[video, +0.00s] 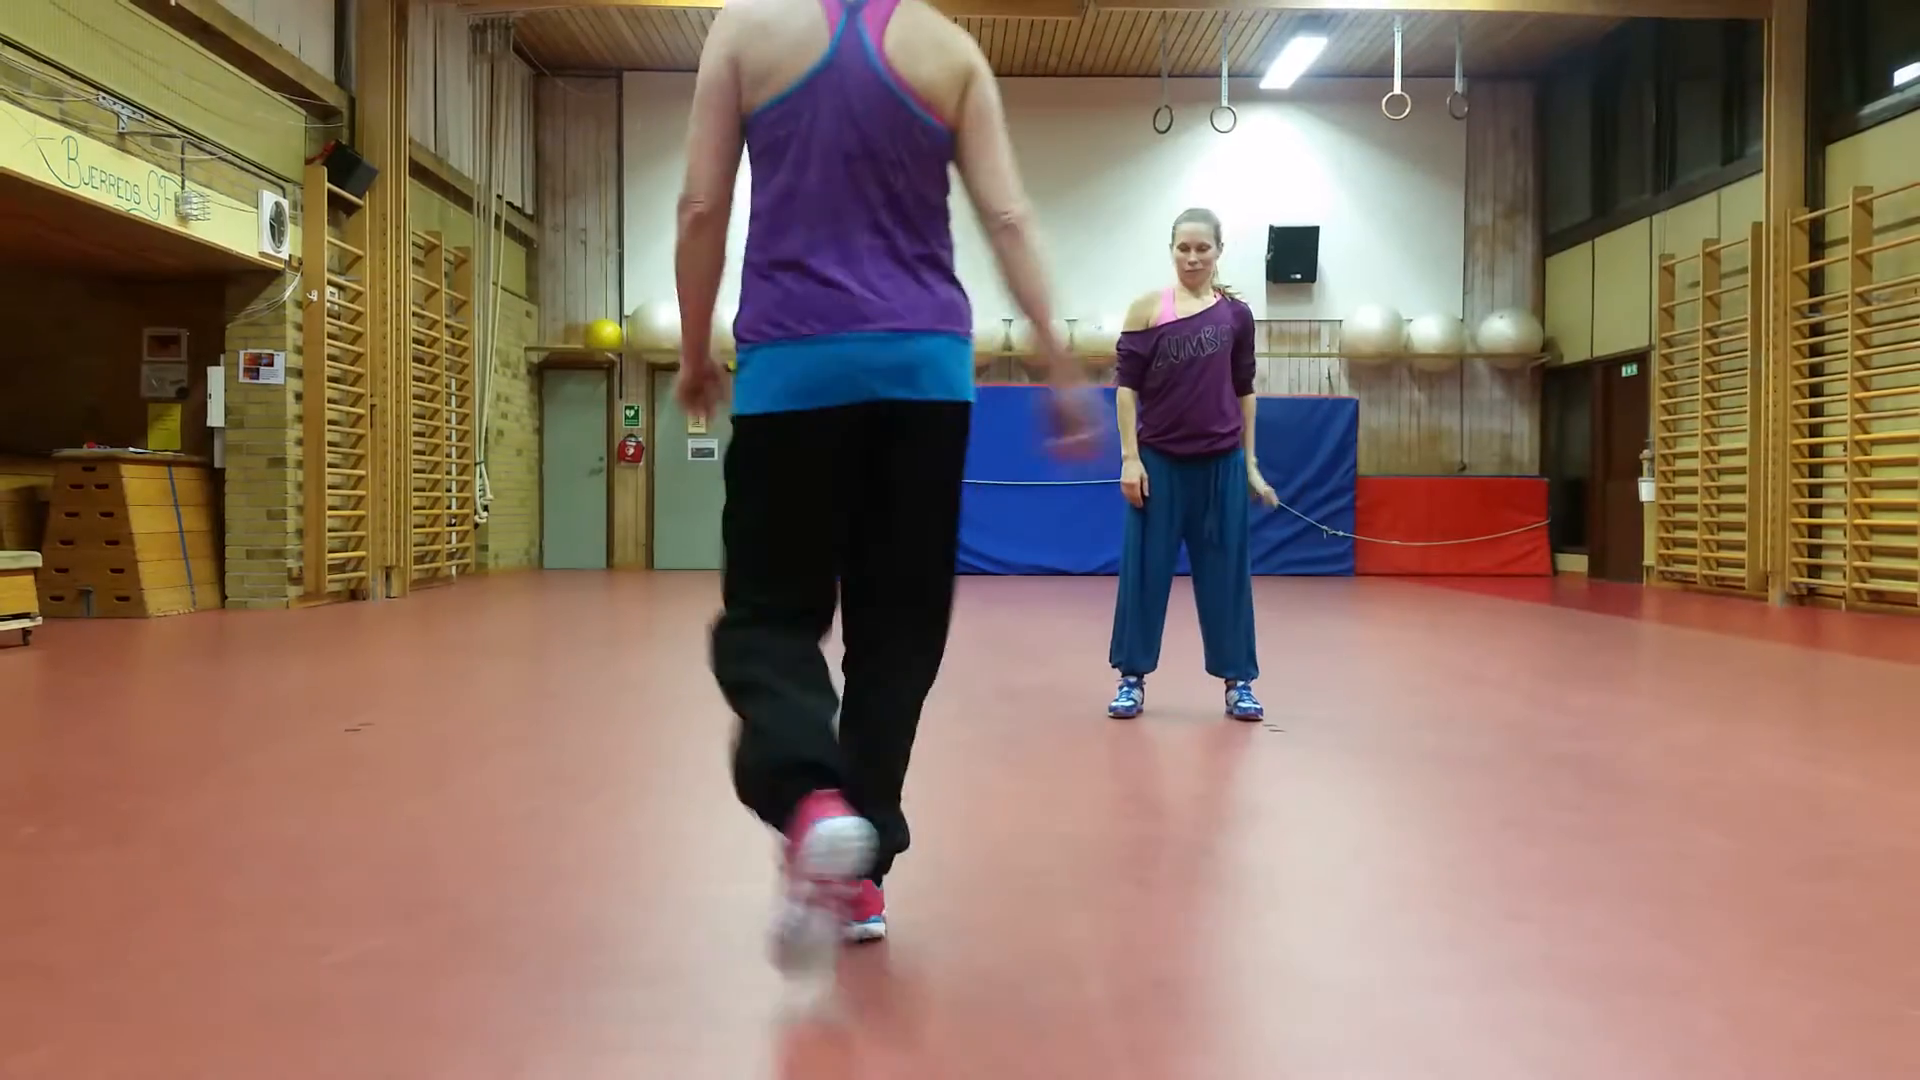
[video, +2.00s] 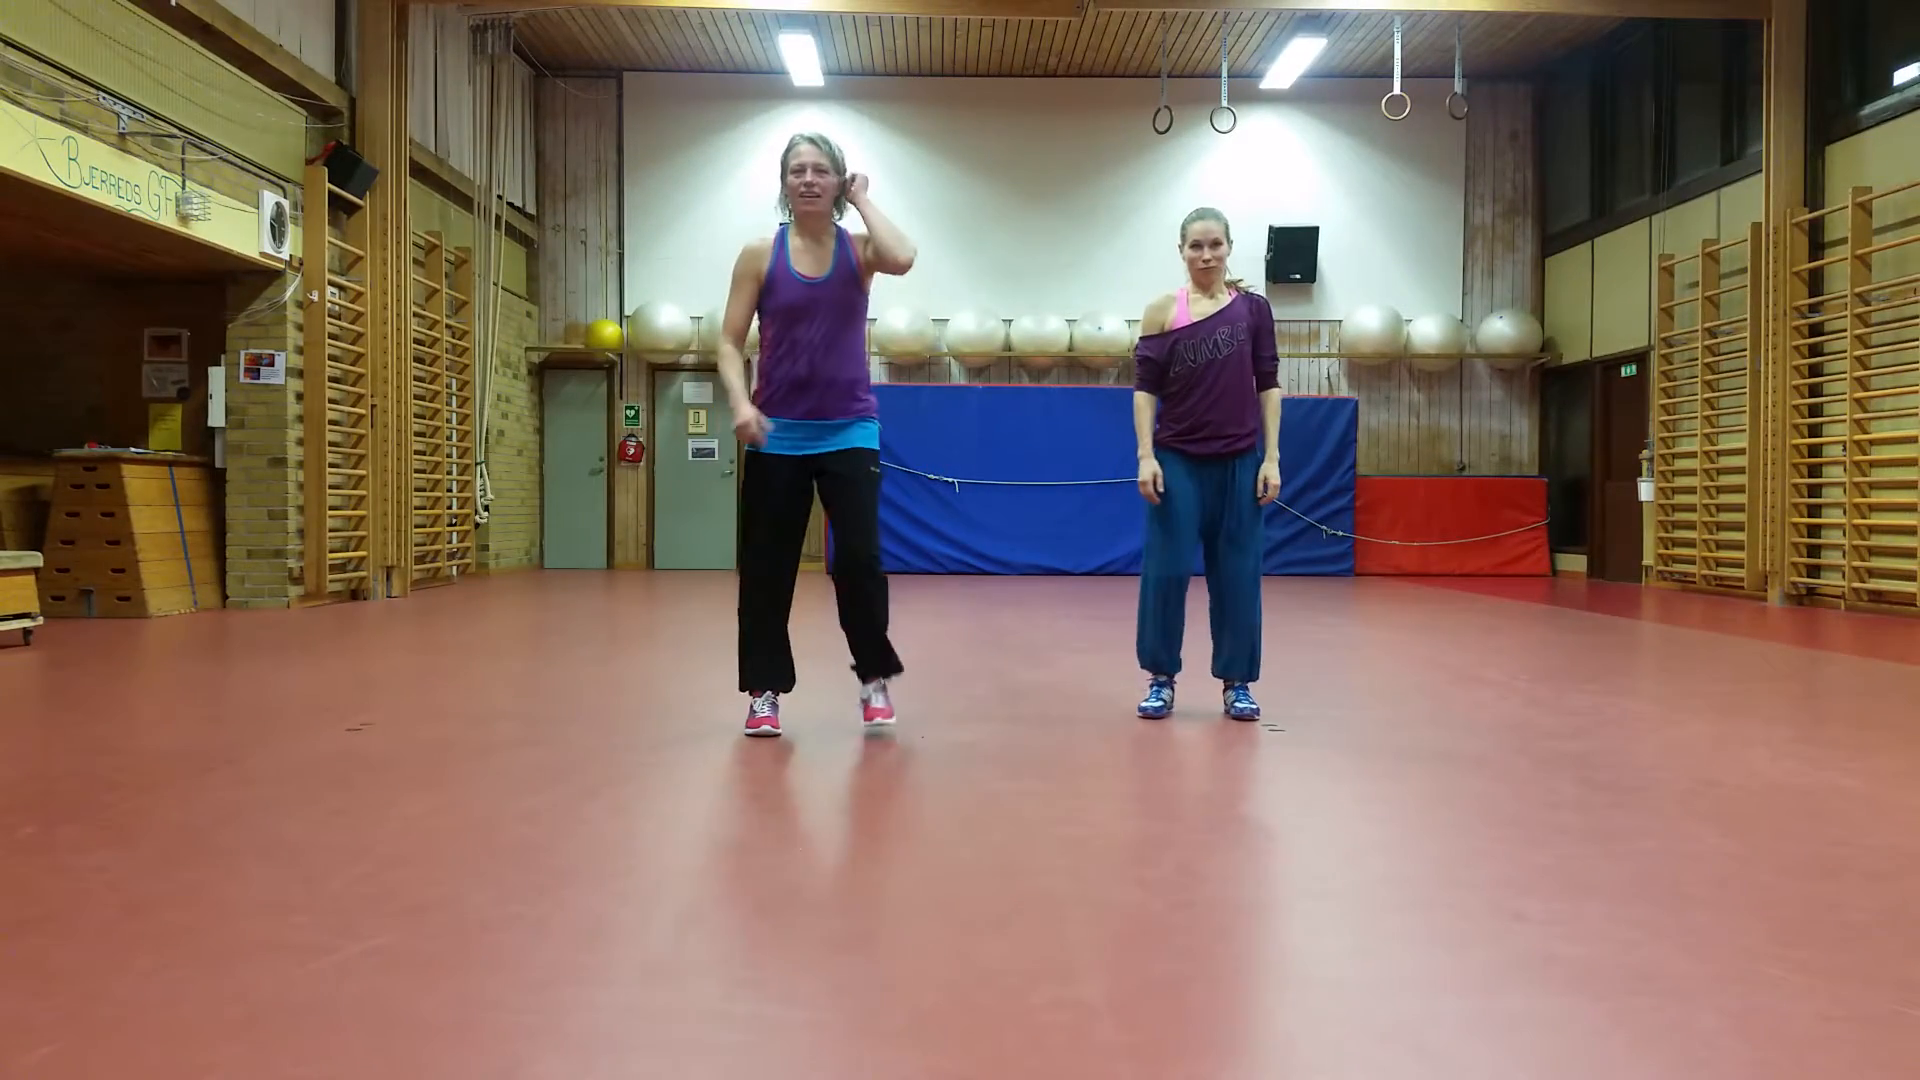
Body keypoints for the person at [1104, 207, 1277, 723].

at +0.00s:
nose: (1192, 257)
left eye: (1202, 248)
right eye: (1184, 248)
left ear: (1218, 252)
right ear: (1172, 251)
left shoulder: (1236, 313)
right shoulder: (1147, 309)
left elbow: (1245, 390)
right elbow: (1126, 387)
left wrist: (1250, 463)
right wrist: (1130, 458)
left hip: (1222, 460)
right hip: (1158, 459)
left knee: (1228, 571)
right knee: (1144, 571)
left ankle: (1238, 682)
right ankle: (1131, 679)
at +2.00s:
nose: (1205, 254)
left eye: (1214, 244)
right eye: (1196, 245)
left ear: (1229, 248)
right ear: (1183, 250)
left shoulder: (1253, 308)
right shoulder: (1162, 310)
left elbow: (1269, 384)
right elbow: (1145, 388)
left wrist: (1272, 455)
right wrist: (1145, 454)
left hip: (1240, 459)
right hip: (1176, 459)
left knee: (1238, 572)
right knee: (1166, 568)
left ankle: (1238, 683)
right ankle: (1161, 679)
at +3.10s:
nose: (1203, 252)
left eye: (1212, 244)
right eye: (1194, 243)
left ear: (1225, 254)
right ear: (1178, 252)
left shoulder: (1244, 314)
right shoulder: (1156, 312)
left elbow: (1258, 383)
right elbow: (1133, 385)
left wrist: (1249, 411)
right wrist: (1180, 400)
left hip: (1231, 460)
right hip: (1172, 460)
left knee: (1232, 568)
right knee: (1176, 567)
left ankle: (1222, 678)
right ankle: (1181, 677)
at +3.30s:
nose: (1206, 251)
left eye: (1215, 244)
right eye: (1197, 243)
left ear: (1226, 252)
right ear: (1181, 250)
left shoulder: (1242, 307)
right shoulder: (1160, 306)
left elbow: (1257, 371)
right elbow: (1157, 368)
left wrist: (1237, 322)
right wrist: (1202, 324)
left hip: (1232, 453)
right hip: (1174, 453)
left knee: (1232, 566)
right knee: (1173, 565)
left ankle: (1223, 676)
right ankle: (1180, 677)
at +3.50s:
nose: (1215, 256)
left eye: (1223, 249)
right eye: (1206, 248)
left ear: (1230, 257)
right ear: (1187, 255)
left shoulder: (1245, 304)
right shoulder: (1170, 309)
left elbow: (1289, 306)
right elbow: (1148, 319)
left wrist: (1254, 250)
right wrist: (1185, 274)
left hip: (1237, 453)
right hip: (1179, 452)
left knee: (1237, 565)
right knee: (1186, 561)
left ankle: (1226, 677)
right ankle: (1183, 669)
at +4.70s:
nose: (1208, 246)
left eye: (1216, 239)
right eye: (1199, 238)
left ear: (1226, 249)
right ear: (1181, 247)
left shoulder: (1238, 303)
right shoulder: (1166, 308)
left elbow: (1281, 241)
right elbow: (1154, 268)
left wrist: (1236, 180)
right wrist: (1184, 203)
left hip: (1237, 460)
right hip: (1180, 459)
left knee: (1256, 560)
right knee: (1172, 569)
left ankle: (1223, 665)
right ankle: (1170, 674)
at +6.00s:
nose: (1216, 226)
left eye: (1225, 221)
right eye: (1206, 221)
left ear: (1239, 236)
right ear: (1192, 236)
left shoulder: (1252, 284)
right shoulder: (1179, 286)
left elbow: (1278, 201)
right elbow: (1149, 240)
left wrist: (1228, 144)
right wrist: (1170, 165)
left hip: (1238, 438)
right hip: (1181, 434)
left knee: (1239, 552)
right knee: (1181, 547)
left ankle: (1227, 658)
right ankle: (1180, 658)